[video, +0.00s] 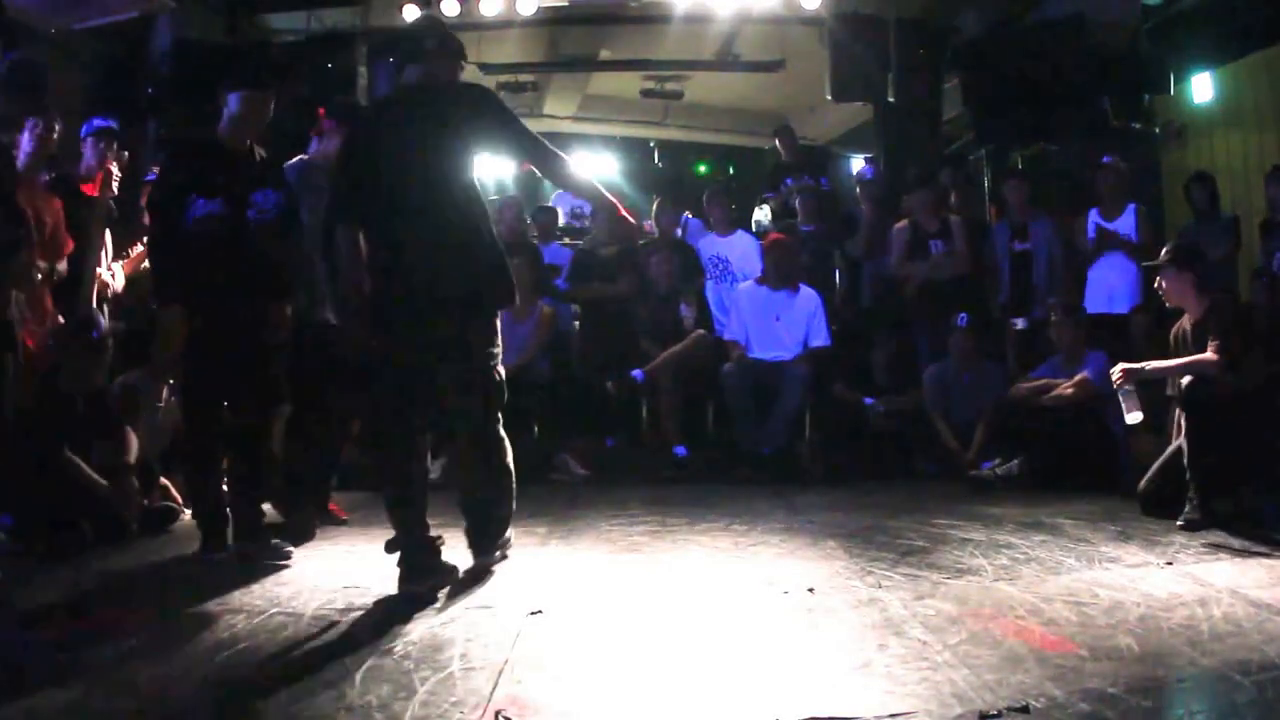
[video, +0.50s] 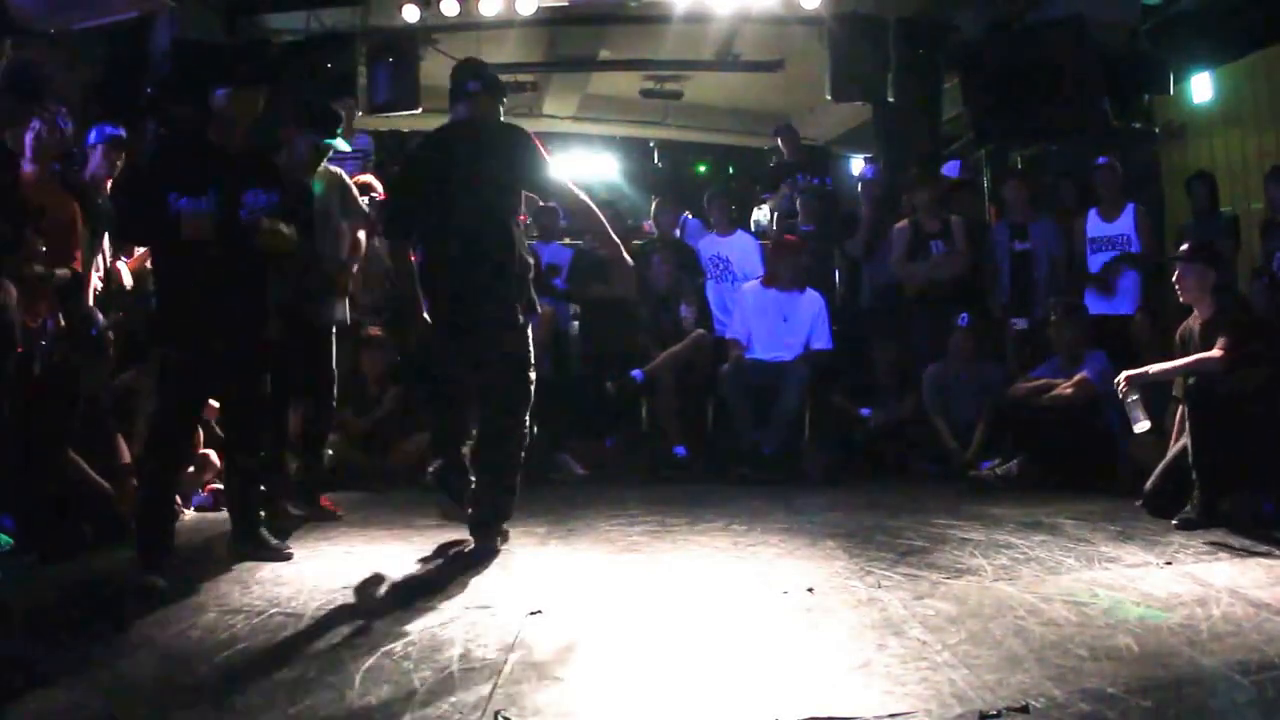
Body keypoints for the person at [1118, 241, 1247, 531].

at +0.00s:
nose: (1157, 285)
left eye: (1163, 276)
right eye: (1157, 277)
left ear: (1189, 278)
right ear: (1184, 280)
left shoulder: (1224, 310)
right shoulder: (1179, 332)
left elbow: (1217, 359)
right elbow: (1180, 403)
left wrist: (1143, 369)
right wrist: (1177, 449)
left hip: (1242, 429)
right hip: (1205, 434)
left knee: (1193, 387)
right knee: (1152, 496)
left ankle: (1197, 501)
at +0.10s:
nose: (1160, 283)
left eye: (1168, 274)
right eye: (1161, 274)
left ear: (1194, 275)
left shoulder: (1228, 310)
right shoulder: (1181, 333)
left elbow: (1217, 358)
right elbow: (1179, 402)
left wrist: (1143, 371)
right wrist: (1176, 450)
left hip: (1246, 430)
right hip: (1206, 435)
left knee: (1194, 391)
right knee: (1152, 496)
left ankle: (1201, 502)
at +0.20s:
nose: (1163, 282)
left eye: (1171, 273)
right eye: (1164, 274)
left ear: (1198, 277)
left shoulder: (1230, 312)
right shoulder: (1181, 332)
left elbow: (1217, 358)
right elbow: (1180, 402)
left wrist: (1143, 370)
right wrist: (1175, 453)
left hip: (1245, 429)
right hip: (1208, 433)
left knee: (1197, 404)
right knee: (1156, 496)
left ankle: (1204, 502)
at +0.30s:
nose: (1167, 281)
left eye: (1176, 272)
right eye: (1168, 272)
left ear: (1203, 276)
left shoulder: (1233, 312)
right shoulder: (1182, 332)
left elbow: (1220, 358)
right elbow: (1181, 405)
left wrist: (1145, 369)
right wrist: (1175, 461)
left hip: (1251, 429)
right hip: (1212, 433)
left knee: (1197, 391)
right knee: (1158, 497)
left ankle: (1204, 503)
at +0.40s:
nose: (1171, 280)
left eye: (1179, 272)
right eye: (1171, 272)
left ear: (1206, 277)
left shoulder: (1234, 311)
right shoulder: (1184, 333)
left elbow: (1221, 358)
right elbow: (1182, 406)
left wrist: (1145, 371)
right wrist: (1175, 459)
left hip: (1253, 427)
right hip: (1212, 431)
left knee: (1199, 390)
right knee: (1157, 498)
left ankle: (1205, 504)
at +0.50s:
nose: (1175, 280)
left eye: (1185, 272)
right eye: (1176, 272)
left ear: (1210, 277)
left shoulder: (1236, 312)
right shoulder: (1186, 332)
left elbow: (1220, 358)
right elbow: (1184, 404)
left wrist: (1144, 373)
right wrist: (1174, 457)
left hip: (1250, 427)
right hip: (1210, 431)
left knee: (1198, 391)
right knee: (1156, 499)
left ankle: (1205, 505)